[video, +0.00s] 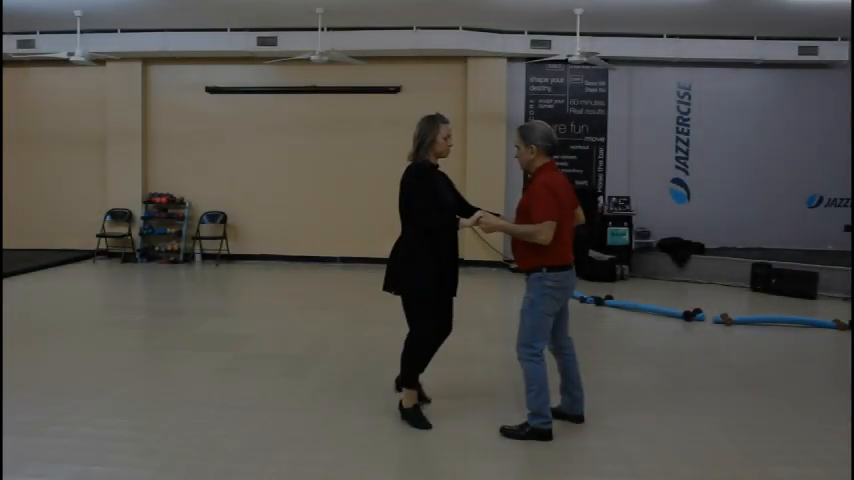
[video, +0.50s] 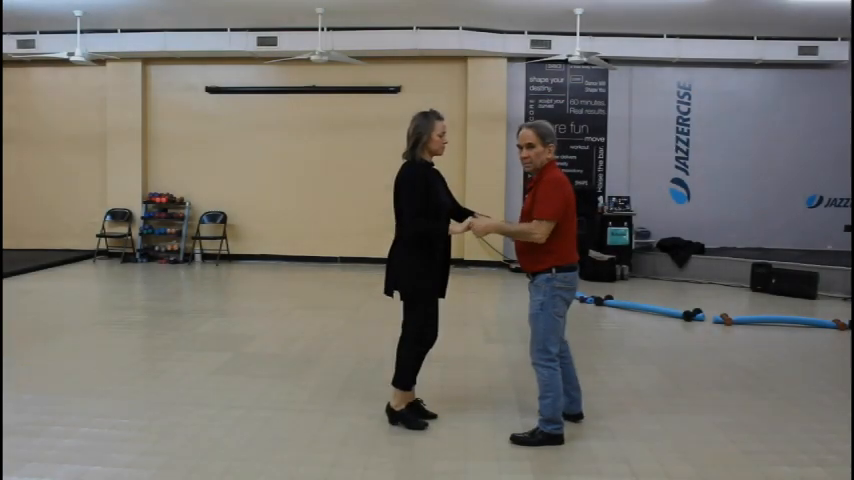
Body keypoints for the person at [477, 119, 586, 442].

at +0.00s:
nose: (516, 154)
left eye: (519, 148)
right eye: (517, 148)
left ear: (534, 150)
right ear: (542, 151)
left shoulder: (543, 184)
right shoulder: (558, 179)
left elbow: (543, 235)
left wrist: (500, 225)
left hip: (545, 279)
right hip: (561, 275)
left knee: (529, 350)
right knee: (561, 343)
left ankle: (538, 422)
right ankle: (573, 407)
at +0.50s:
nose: (523, 153)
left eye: (530, 147)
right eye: (520, 147)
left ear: (549, 149)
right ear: (519, 149)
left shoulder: (554, 182)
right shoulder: (539, 181)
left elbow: (539, 233)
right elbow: (532, 229)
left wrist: (495, 227)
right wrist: (497, 226)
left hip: (553, 279)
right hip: (547, 276)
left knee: (544, 354)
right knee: (556, 346)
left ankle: (550, 427)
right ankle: (571, 407)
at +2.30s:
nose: (513, 153)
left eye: (517, 146)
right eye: (513, 147)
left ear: (536, 148)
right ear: (536, 148)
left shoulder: (552, 179)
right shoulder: (534, 179)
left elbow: (529, 218)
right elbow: (510, 212)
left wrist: (500, 181)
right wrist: (464, 207)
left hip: (549, 279)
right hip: (535, 277)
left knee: (541, 353)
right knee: (531, 349)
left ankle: (548, 424)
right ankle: (537, 412)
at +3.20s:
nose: (492, 151)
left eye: (497, 145)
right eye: (491, 145)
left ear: (516, 148)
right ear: (512, 148)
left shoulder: (533, 178)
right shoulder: (501, 183)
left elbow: (509, 197)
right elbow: (466, 209)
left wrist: (499, 156)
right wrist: (433, 199)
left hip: (523, 276)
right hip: (507, 276)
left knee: (496, 347)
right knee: (514, 347)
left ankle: (518, 418)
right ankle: (525, 416)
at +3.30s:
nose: (491, 152)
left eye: (495, 146)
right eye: (489, 146)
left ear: (513, 148)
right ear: (509, 149)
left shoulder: (530, 179)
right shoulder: (499, 184)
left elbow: (506, 198)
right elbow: (463, 208)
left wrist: (497, 156)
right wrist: (432, 195)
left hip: (518, 277)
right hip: (504, 276)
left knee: (489, 349)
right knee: (512, 348)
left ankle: (489, 426)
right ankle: (525, 417)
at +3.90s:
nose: (481, 150)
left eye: (487, 145)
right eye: (483, 145)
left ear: (503, 151)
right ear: (503, 152)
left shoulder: (517, 181)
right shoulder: (496, 183)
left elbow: (496, 198)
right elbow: (466, 213)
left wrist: (491, 156)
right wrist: (432, 208)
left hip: (498, 282)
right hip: (496, 280)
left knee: (466, 356)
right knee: (495, 351)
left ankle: (449, 430)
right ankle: (523, 416)